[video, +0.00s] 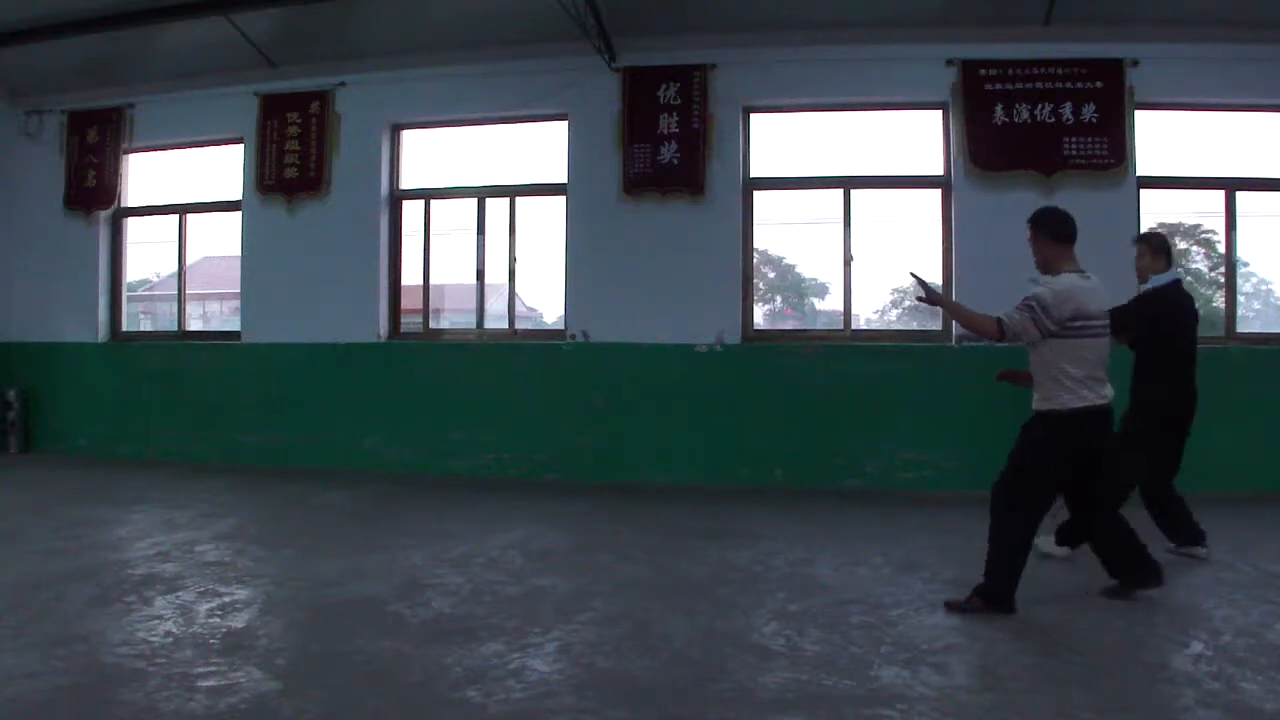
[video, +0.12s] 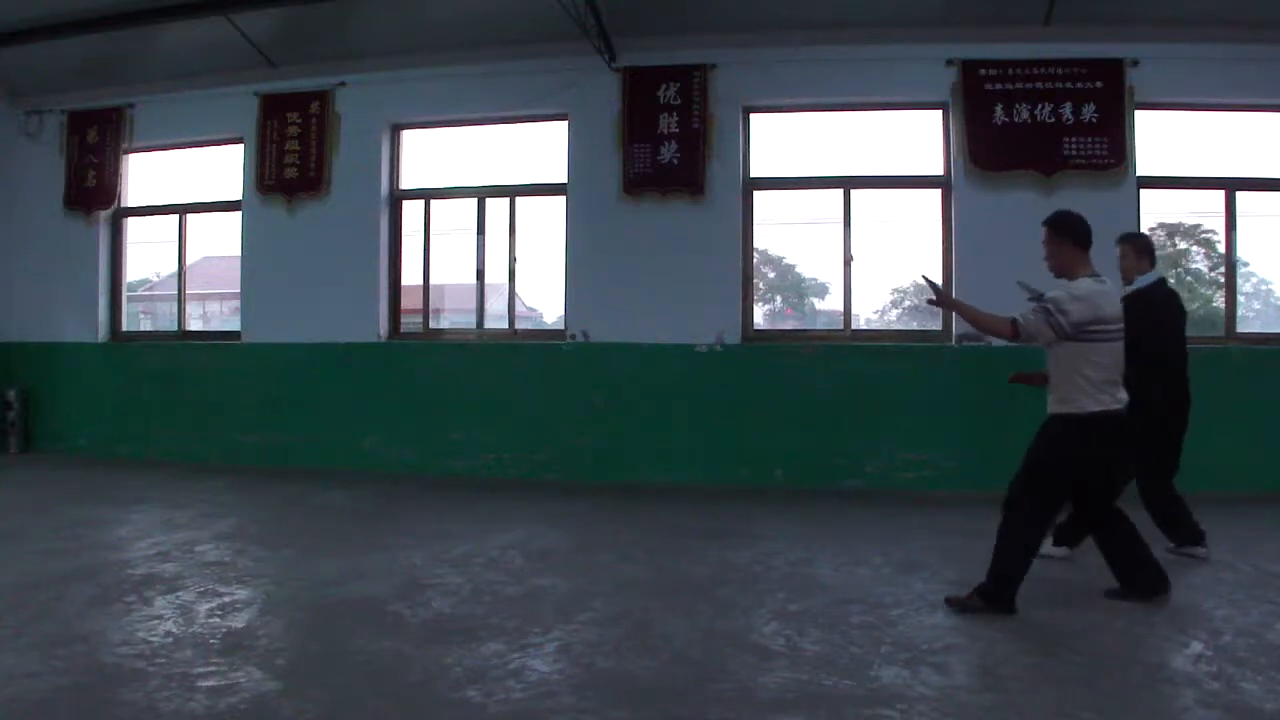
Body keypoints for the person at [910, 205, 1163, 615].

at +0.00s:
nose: (1031, 250)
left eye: (1033, 242)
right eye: (1031, 242)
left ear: (1048, 243)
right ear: (1068, 242)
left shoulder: (1051, 294)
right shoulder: (1094, 290)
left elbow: (999, 330)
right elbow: (1086, 361)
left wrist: (943, 302)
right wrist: (1033, 377)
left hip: (1057, 422)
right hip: (1095, 418)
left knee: (1012, 500)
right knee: (1090, 504)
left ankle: (996, 594)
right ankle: (1140, 572)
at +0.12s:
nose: (1045, 256)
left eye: (1049, 247)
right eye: (1045, 247)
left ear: (1069, 247)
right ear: (1082, 248)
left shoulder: (1069, 299)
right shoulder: (1108, 293)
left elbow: (1012, 330)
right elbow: (1096, 363)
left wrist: (954, 305)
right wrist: (1046, 377)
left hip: (1072, 425)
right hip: (1111, 421)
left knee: (1026, 505)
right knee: (1096, 506)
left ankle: (998, 593)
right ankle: (1146, 582)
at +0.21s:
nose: (1059, 257)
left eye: (1064, 247)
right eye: (1060, 248)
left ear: (1087, 248)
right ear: (1098, 249)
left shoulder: (1088, 300)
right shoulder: (1123, 294)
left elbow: (1025, 327)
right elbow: (1113, 361)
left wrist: (961, 306)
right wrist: (1064, 376)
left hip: (1091, 423)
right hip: (1124, 417)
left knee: (1045, 507)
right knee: (1106, 505)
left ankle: (1003, 592)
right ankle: (1146, 584)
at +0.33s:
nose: (1069, 254)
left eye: (1075, 245)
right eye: (1070, 245)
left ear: (1098, 245)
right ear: (1108, 246)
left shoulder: (1096, 300)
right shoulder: (1138, 293)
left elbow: (1033, 324)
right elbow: (1131, 360)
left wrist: (968, 308)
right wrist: (1084, 379)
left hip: (1106, 422)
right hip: (1141, 416)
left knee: (1060, 498)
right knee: (1108, 501)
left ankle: (1034, 596)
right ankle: (1146, 583)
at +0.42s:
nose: (1071, 252)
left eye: (1077, 243)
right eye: (1072, 243)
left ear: (1100, 244)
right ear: (1109, 245)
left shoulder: (1100, 298)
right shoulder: (1139, 292)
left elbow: (1035, 323)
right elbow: (1129, 354)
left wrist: (969, 308)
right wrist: (1085, 379)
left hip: (1111, 420)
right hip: (1143, 415)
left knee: (1065, 499)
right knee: (1109, 500)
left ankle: (1043, 597)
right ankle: (1147, 583)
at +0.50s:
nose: (1069, 252)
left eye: (1074, 243)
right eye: (1069, 244)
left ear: (1097, 243)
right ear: (1106, 245)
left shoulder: (1096, 297)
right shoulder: (1139, 292)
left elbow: (1034, 323)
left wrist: (966, 308)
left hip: (1111, 419)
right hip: (1144, 413)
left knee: (1067, 500)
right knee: (1111, 500)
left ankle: (1044, 598)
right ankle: (1146, 583)